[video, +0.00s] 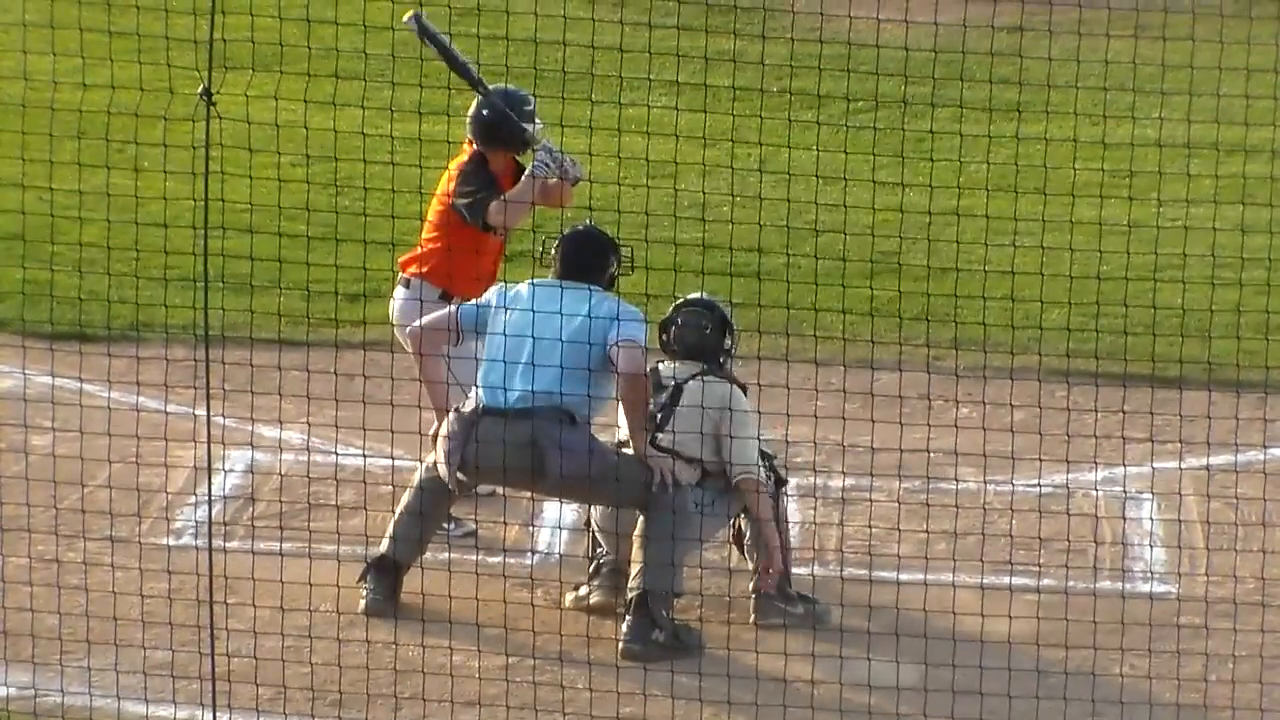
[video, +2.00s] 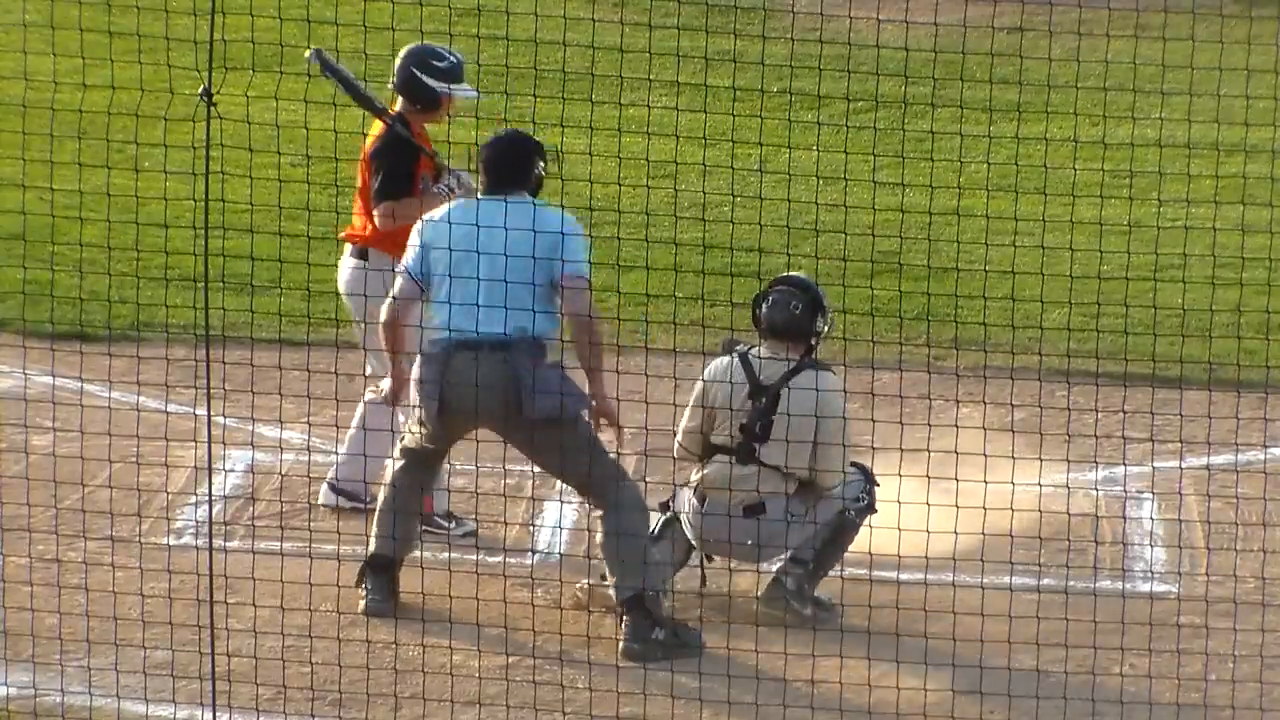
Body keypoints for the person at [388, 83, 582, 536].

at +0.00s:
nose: (532, 133)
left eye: (531, 126)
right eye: (528, 127)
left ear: (485, 131)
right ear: (513, 134)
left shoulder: (507, 168)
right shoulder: (471, 170)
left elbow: (556, 197)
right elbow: (500, 217)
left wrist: (563, 176)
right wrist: (534, 182)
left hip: (458, 304)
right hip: (426, 303)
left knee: (476, 398)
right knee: (462, 405)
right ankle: (434, 508)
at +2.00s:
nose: (453, 101)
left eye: (453, 91)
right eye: (449, 92)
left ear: (408, 89)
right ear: (429, 95)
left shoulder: (404, 132)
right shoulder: (394, 140)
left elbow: (402, 195)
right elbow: (386, 215)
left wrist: (444, 183)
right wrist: (440, 197)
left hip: (380, 269)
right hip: (375, 273)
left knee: (395, 378)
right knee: (412, 380)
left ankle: (349, 483)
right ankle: (428, 505)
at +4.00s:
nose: (175, 78)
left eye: (178, 71)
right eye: (177, 72)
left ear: (187, 71)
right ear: (230, 74)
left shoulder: (164, 112)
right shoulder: (255, 128)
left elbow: (99, 149)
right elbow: (278, 202)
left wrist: (38, 162)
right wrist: (281, 257)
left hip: (157, 259)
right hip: (223, 261)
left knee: (131, 371)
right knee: (235, 375)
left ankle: (110, 487)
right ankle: (249, 489)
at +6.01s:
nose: (150, 78)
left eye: (154, 72)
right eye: (152, 72)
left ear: (160, 72)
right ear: (205, 72)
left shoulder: (135, 117)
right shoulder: (232, 125)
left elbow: (118, 173)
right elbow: (259, 192)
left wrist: (176, 148)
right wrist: (224, 144)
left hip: (139, 261)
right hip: (205, 265)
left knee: (125, 375)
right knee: (228, 374)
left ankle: (113, 495)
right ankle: (248, 492)